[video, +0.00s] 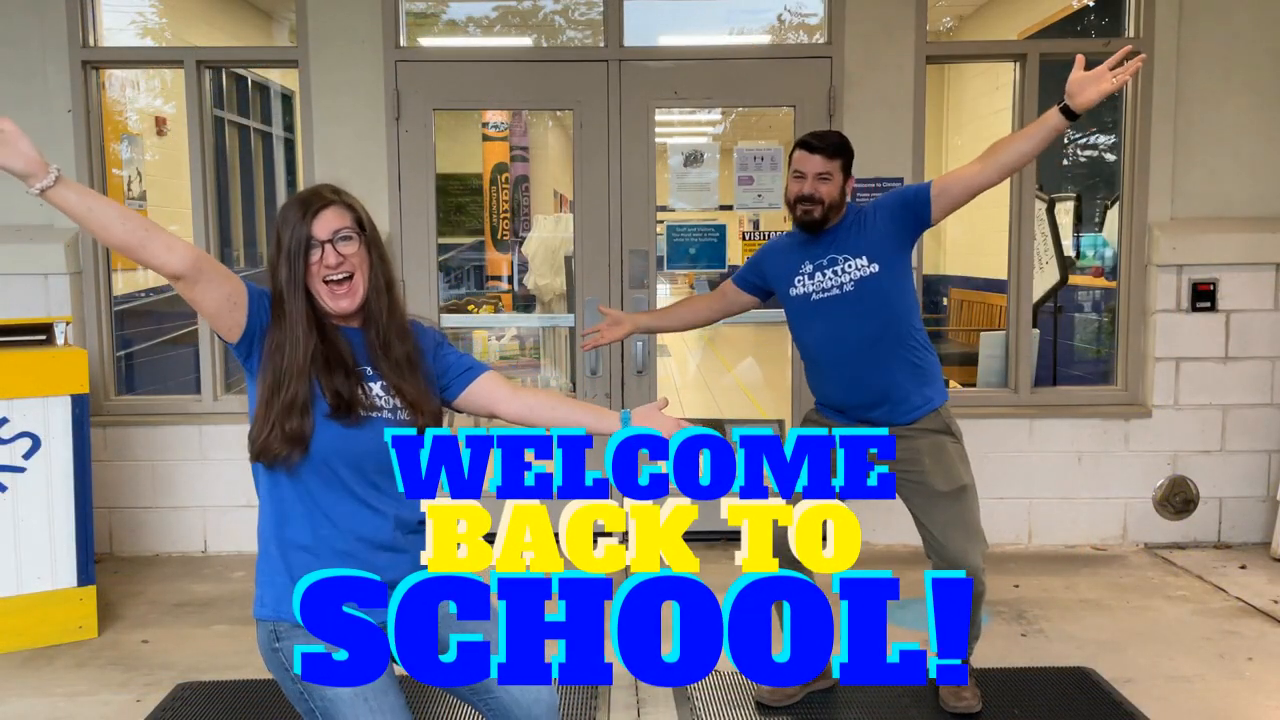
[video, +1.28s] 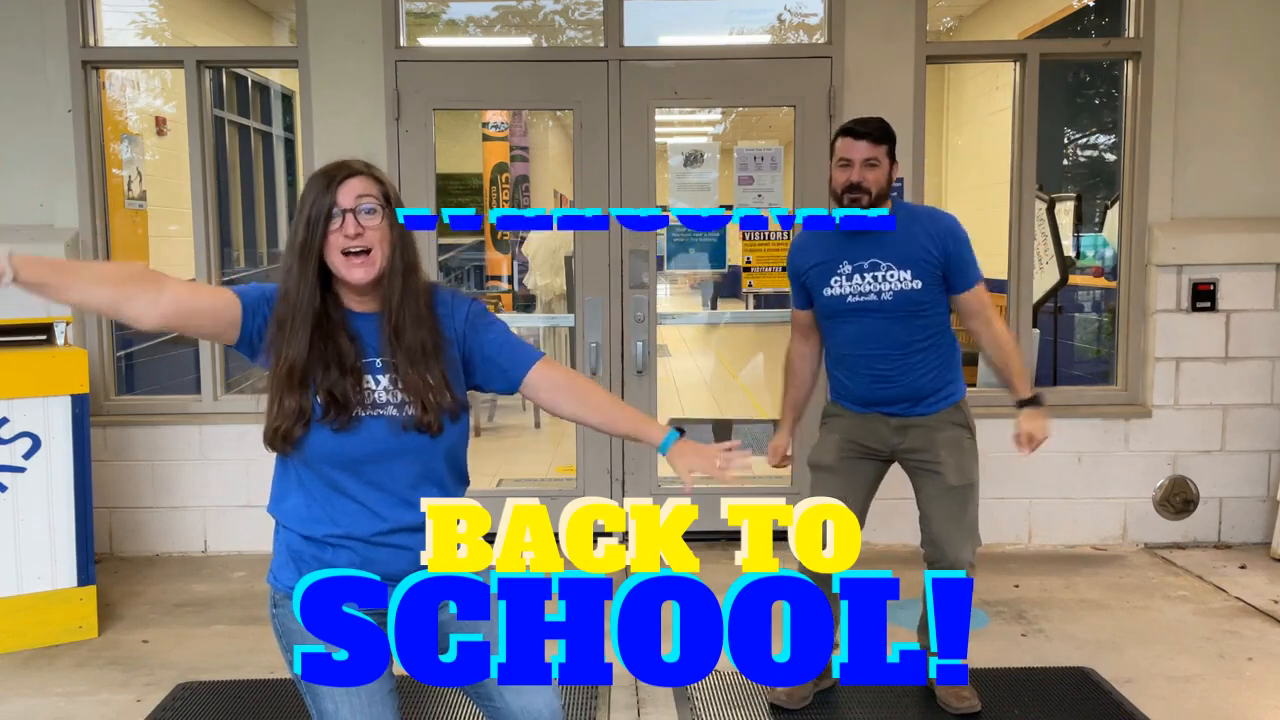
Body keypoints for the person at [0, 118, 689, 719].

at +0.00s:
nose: (333, 258)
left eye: (346, 241)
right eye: (315, 248)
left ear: (372, 251)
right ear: (293, 266)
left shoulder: (413, 346)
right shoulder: (272, 335)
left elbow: (515, 399)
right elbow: (174, 259)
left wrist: (627, 422)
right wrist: (47, 179)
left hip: (421, 596)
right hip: (317, 609)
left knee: (535, 698)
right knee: (377, 711)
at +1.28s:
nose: (355, 226)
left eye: (371, 213)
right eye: (339, 215)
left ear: (397, 232)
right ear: (317, 237)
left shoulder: (447, 319)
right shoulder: (288, 312)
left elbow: (552, 384)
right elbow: (158, 302)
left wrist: (670, 441)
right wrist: (23, 267)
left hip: (442, 564)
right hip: (326, 570)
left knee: (544, 674)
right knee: (355, 704)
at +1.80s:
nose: (492, 190)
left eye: (510, 173)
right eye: (477, 180)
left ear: (547, 186)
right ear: (464, 199)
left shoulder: (603, 302)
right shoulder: (439, 292)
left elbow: (628, 446)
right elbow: (399, 411)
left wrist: (641, 577)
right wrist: (363, 520)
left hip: (569, 563)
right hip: (435, 563)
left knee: (617, 711)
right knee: (400, 712)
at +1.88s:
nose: (517, 181)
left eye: (537, 166)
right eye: (503, 172)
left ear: (577, 184)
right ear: (489, 198)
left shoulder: (639, 298)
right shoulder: (486, 296)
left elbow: (683, 440)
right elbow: (446, 410)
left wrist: (704, 578)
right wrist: (400, 521)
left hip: (612, 565)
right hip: (479, 560)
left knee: (645, 711)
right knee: (433, 710)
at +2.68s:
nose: (828, 200)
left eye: (847, 182)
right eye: (813, 188)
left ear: (882, 196)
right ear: (799, 209)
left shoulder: (941, 302)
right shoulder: (781, 301)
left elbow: (958, 441)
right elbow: (737, 411)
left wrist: (975, 427)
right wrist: (641, 465)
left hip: (915, 552)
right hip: (800, 554)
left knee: (865, 708)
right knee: (788, 710)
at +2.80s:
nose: (874, 170)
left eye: (890, 153)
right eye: (859, 161)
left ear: (925, 164)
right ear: (846, 181)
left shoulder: (980, 271)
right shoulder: (821, 258)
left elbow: (1006, 412)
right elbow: (769, 363)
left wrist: (995, 392)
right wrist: (682, 441)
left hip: (951, 529)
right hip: (829, 531)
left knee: (992, 708)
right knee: (835, 711)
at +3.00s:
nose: (954, 187)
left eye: (969, 169)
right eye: (938, 180)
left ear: (1005, 177)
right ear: (928, 204)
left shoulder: (1066, 288)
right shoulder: (904, 273)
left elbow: (1090, 434)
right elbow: (844, 378)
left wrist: (1085, 401)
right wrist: (750, 438)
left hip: (1021, 551)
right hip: (890, 547)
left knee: (1090, 710)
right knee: (868, 711)